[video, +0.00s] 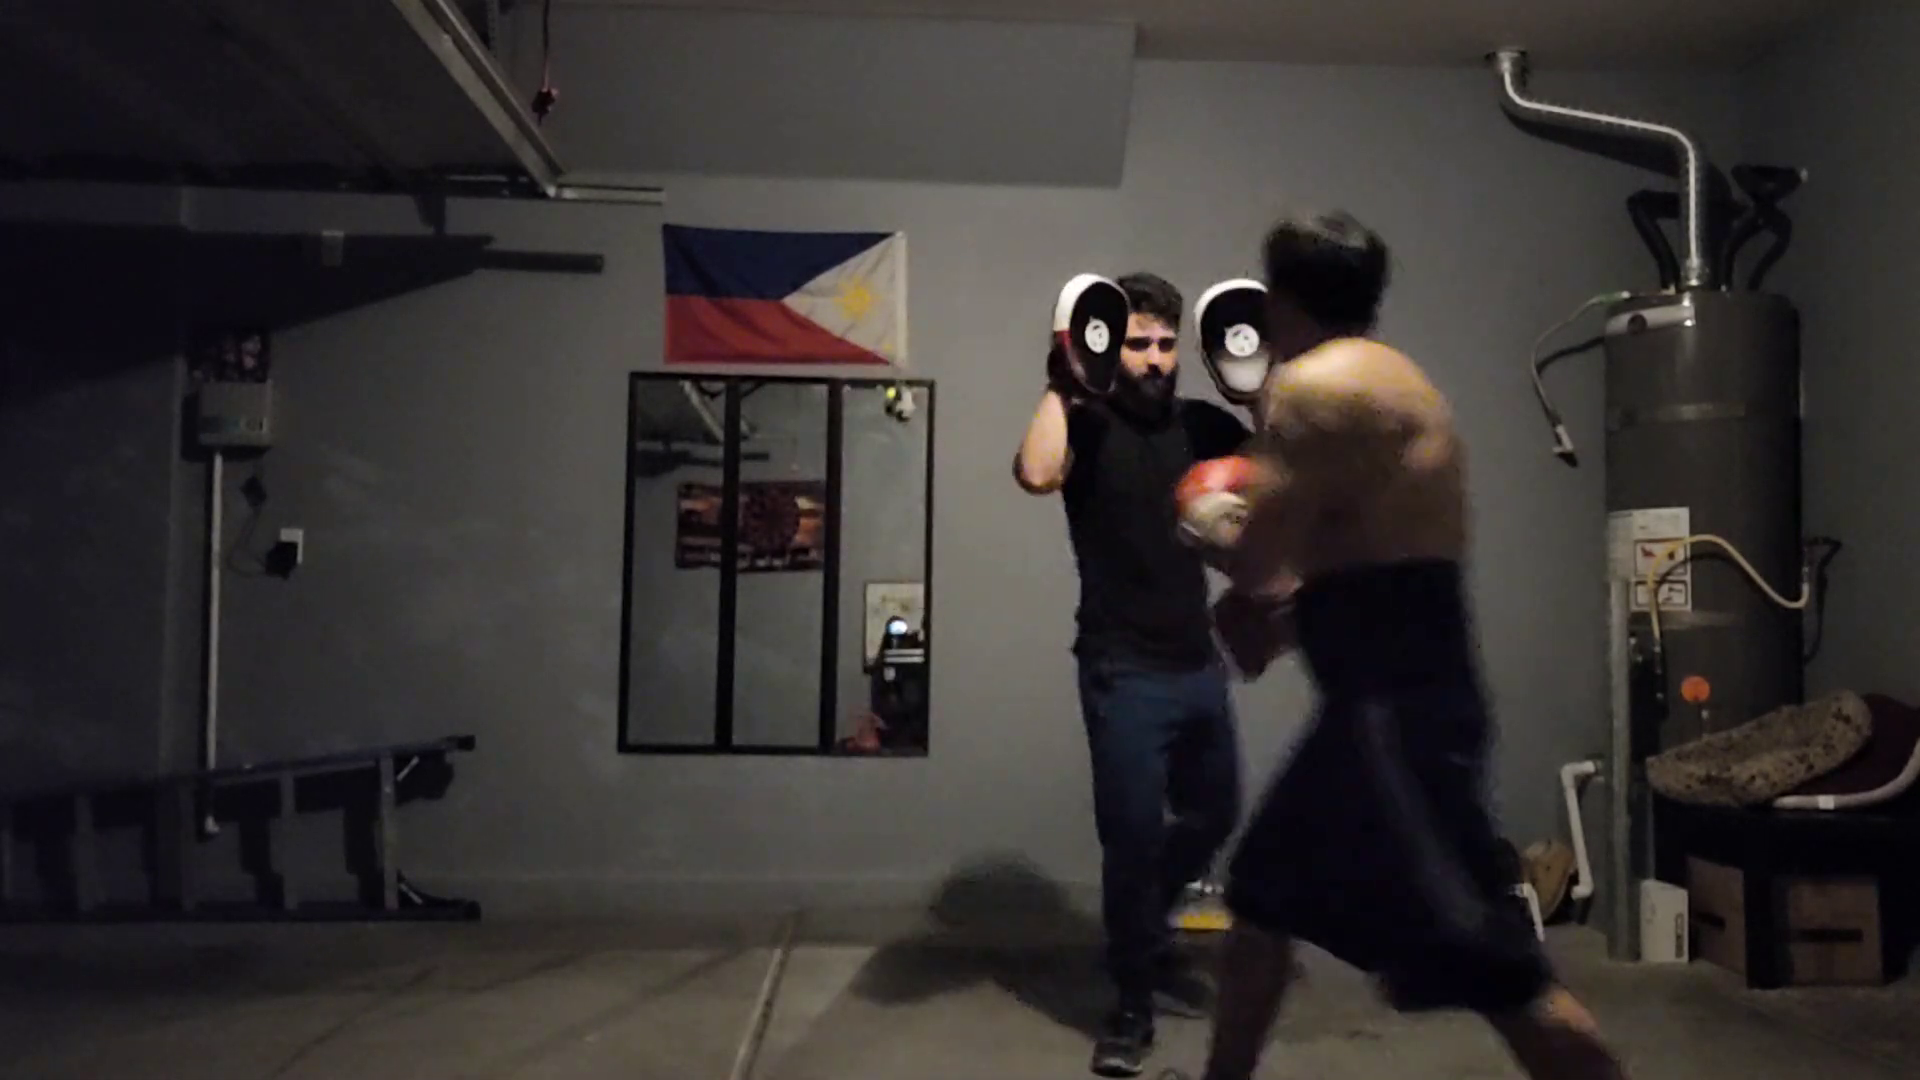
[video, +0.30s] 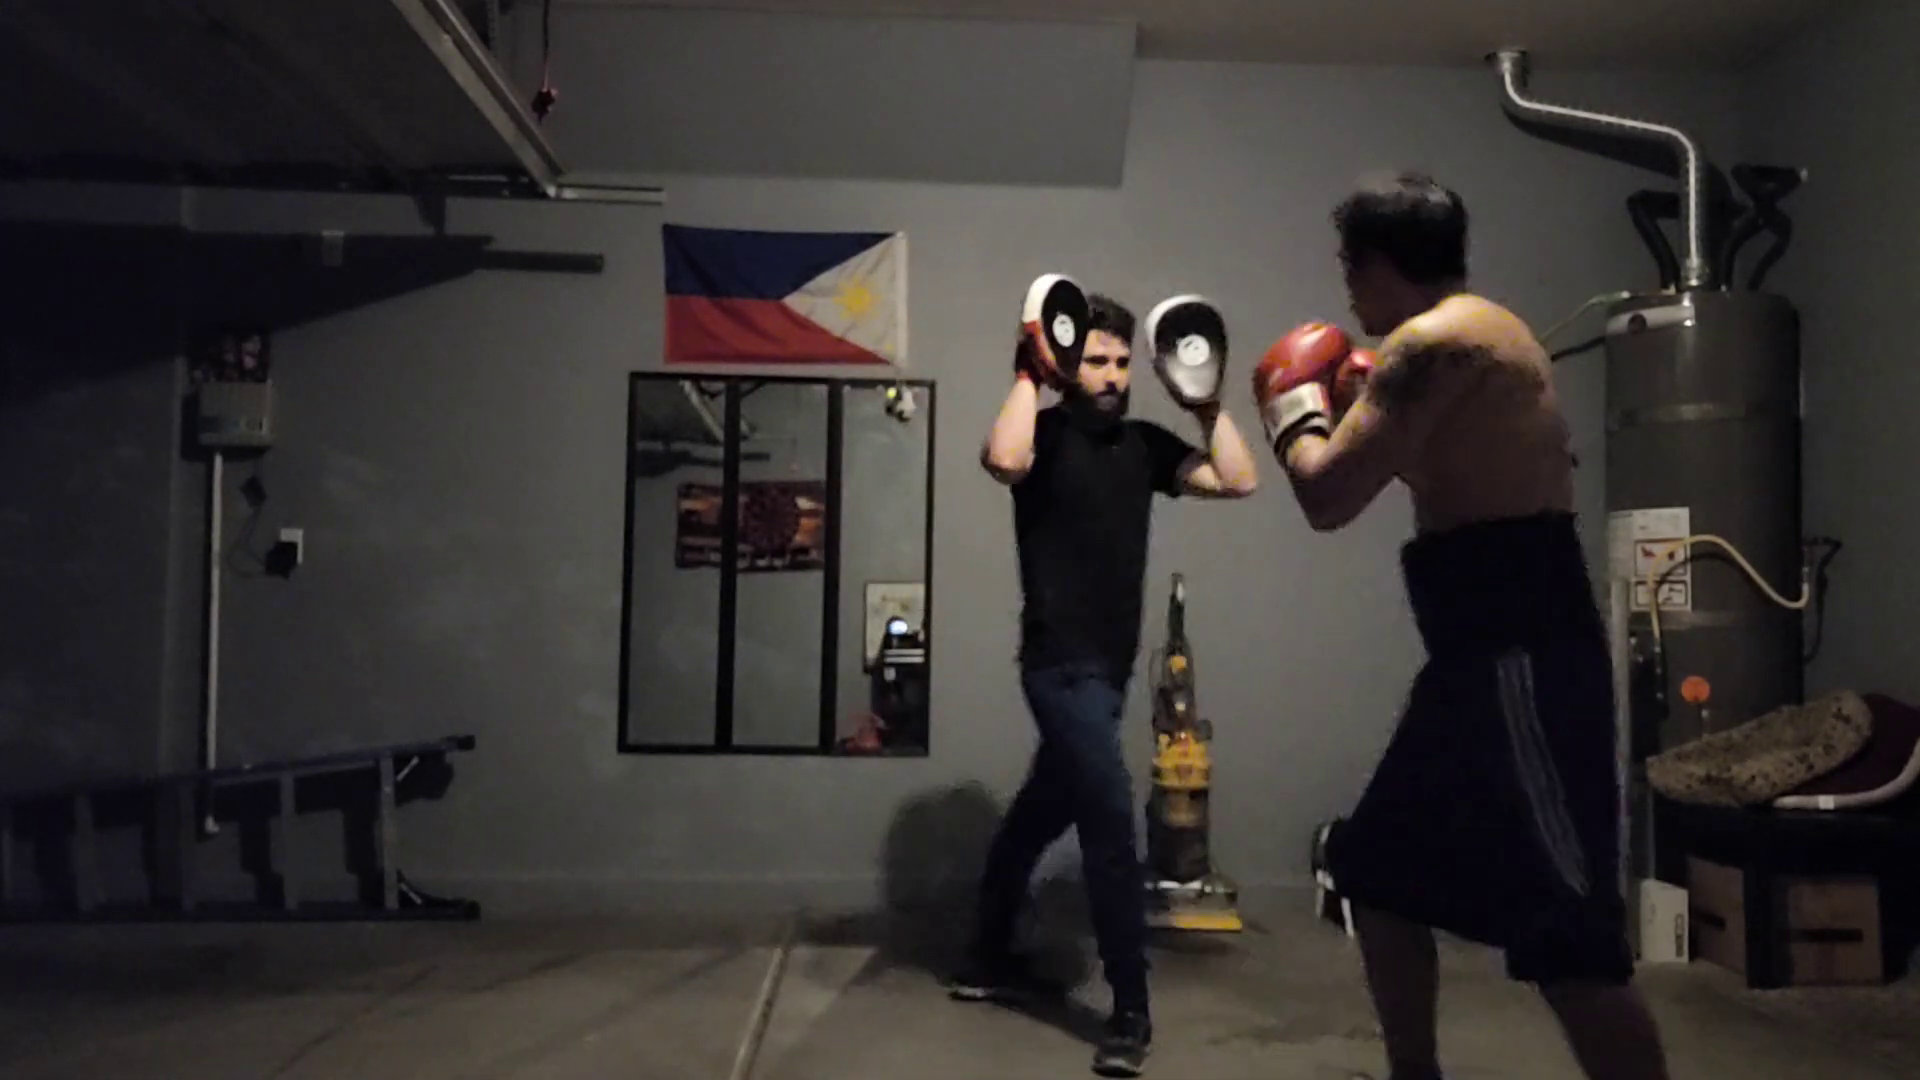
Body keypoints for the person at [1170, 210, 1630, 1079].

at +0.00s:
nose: (1264, 310)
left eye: (1270, 293)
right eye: (1267, 294)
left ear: (1285, 300)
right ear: (1361, 298)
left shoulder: (1310, 389)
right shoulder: (1406, 386)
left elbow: (1262, 557)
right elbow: (1389, 558)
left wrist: (1213, 522)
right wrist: (1279, 612)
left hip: (1388, 709)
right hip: (1419, 698)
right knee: (1262, 896)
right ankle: (1224, 1071)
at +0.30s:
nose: (1348, 287)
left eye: (1354, 269)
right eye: (1348, 270)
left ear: (1390, 266)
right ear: (1441, 258)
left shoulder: (1430, 344)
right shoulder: (1493, 329)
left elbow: (1327, 495)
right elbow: (1467, 450)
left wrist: (1286, 405)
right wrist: (1378, 388)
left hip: (1516, 651)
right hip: (1494, 646)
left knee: (1561, 926)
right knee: (1376, 866)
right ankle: (1413, 1071)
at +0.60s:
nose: (1363, 308)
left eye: (1374, 289)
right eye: (1366, 288)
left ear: (1416, 291)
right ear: (1433, 288)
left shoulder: (1501, 362)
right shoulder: (1450, 371)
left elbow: (1523, 500)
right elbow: (1440, 453)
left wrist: (1391, 489)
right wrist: (1359, 398)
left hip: (1535, 667)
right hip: (1464, 663)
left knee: (1566, 916)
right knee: (1390, 863)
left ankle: (1640, 1072)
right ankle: (1437, 1046)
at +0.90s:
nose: (1357, 323)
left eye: (1365, 307)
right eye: (1359, 307)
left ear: (1400, 305)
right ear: (1431, 307)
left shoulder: (1431, 357)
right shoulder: (1477, 377)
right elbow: (1391, 501)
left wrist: (1264, 409)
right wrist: (1297, 451)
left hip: (1486, 632)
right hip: (1486, 631)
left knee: (1526, 871)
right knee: (1447, 859)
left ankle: (1651, 1064)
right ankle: (1459, 1054)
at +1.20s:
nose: (1362, 353)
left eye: (1369, 334)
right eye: (1360, 336)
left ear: (1420, 328)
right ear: (1427, 329)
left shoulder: (1470, 380)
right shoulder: (1457, 392)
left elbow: (1397, 502)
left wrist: (1329, 472)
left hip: (1532, 656)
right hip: (1485, 660)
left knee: (1583, 887)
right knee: (1424, 864)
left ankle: (1670, 1068)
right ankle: (1457, 1056)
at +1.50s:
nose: (1406, 341)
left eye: (1418, 323)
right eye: (1403, 325)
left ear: (1472, 322)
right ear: (1464, 327)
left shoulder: (1554, 383)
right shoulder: (1475, 419)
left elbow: (1607, 488)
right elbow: (1481, 519)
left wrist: (1484, 474)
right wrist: (1386, 547)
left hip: (1590, 677)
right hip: (1498, 674)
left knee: (1643, 903)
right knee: (1411, 856)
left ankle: (1711, 1071)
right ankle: (1437, 1037)